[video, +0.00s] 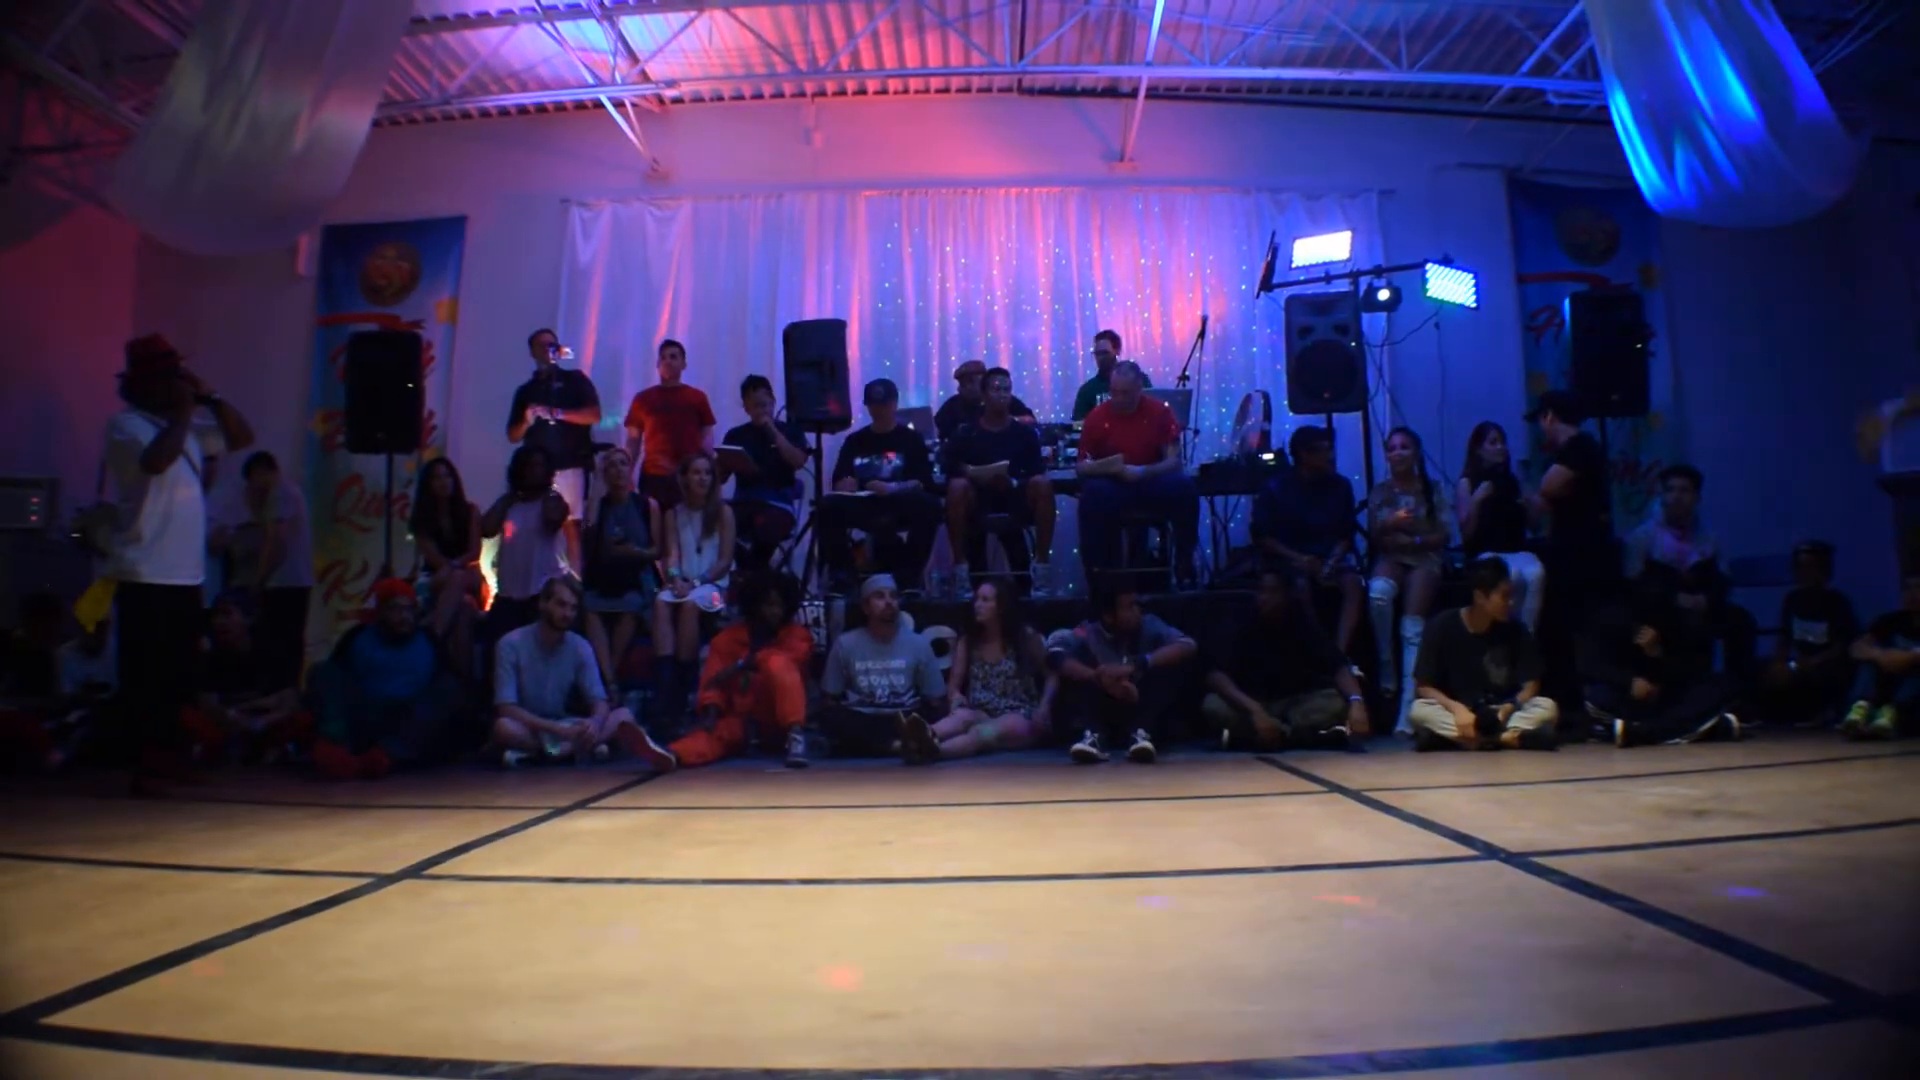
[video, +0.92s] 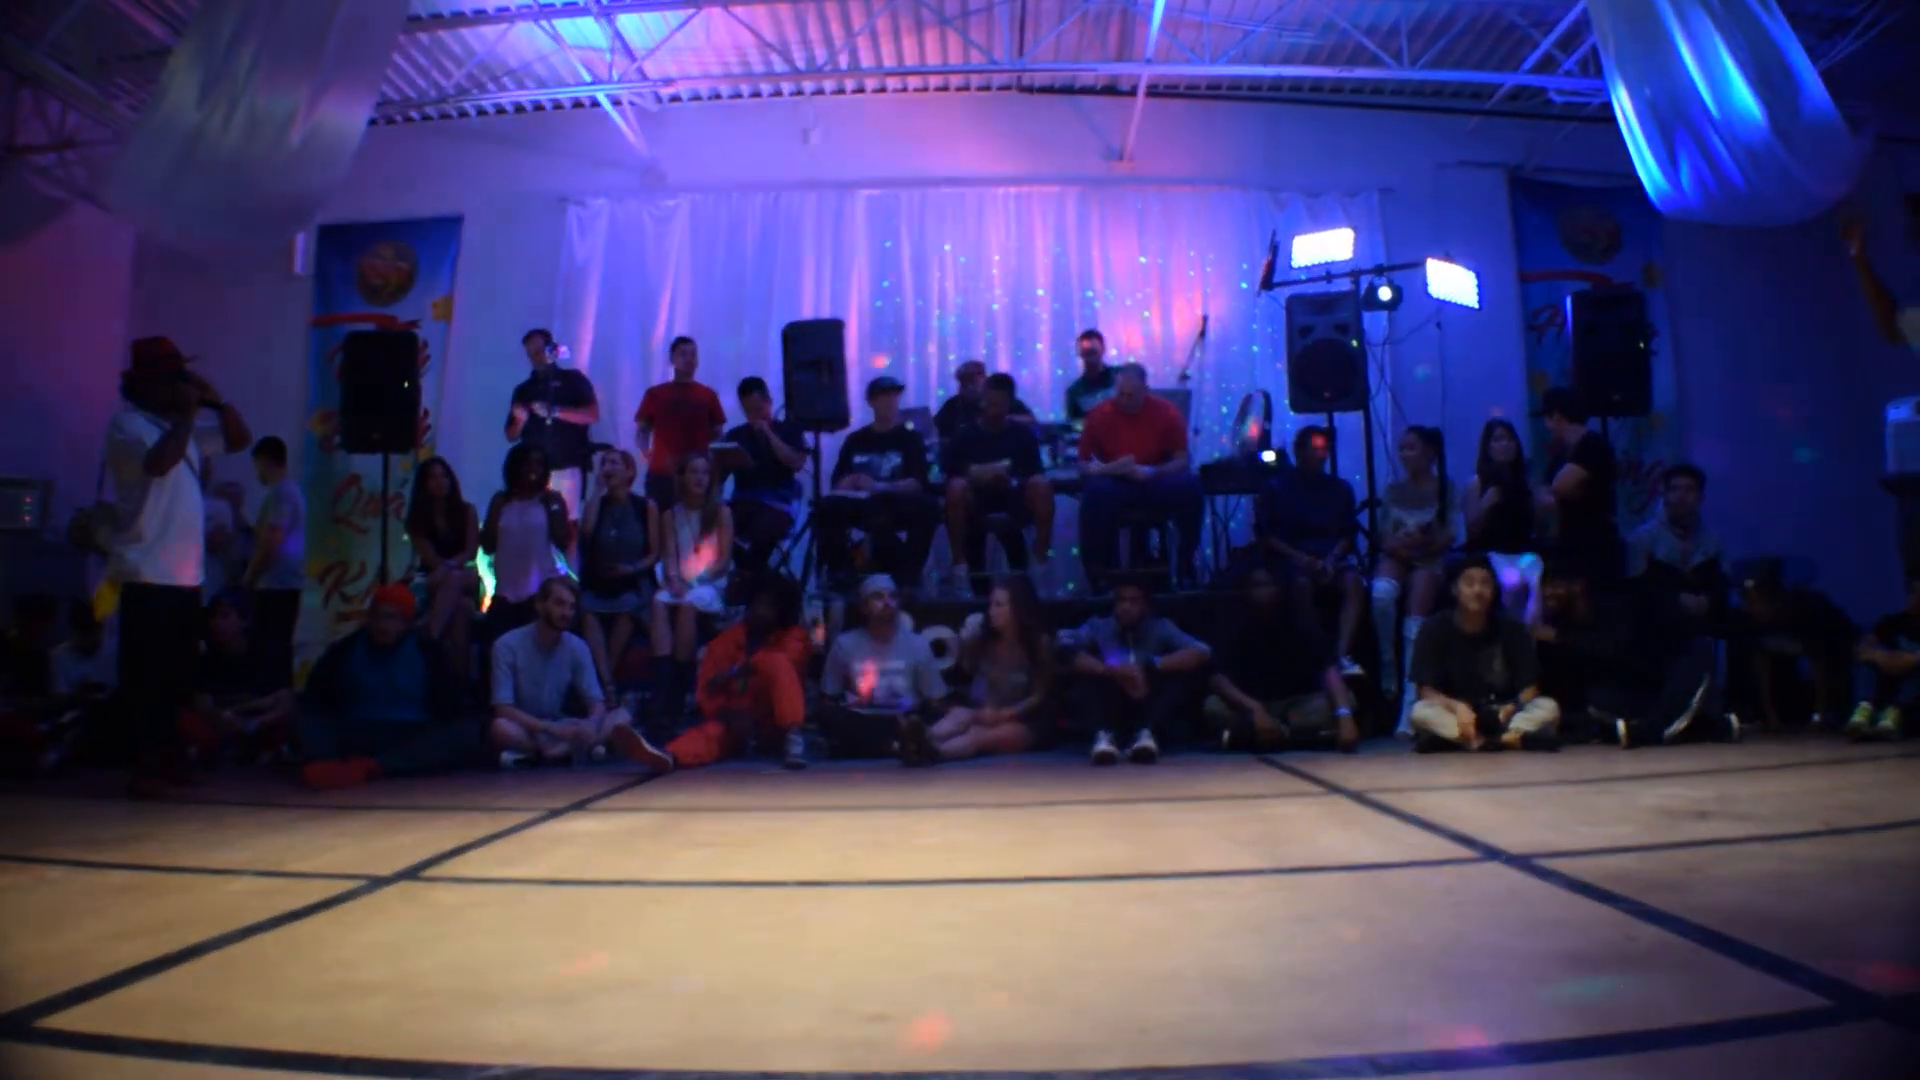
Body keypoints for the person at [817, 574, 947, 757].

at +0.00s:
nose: (888, 602)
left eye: (892, 596)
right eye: (880, 597)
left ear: (898, 602)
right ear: (866, 605)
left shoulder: (917, 645)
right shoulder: (846, 645)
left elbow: (936, 702)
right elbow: (829, 699)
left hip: (905, 716)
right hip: (860, 717)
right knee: (831, 718)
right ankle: (894, 744)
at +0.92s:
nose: (887, 603)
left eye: (891, 597)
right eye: (878, 598)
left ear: (898, 602)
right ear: (865, 606)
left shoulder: (916, 644)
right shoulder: (845, 645)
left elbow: (936, 701)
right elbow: (829, 699)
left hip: (908, 717)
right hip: (863, 717)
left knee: (964, 714)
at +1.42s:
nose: (887, 603)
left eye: (891, 597)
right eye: (879, 597)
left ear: (898, 602)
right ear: (865, 606)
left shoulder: (915, 644)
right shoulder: (844, 644)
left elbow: (935, 699)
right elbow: (829, 698)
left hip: (904, 714)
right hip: (861, 715)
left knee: (963, 714)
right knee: (831, 718)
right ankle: (894, 745)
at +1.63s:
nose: (887, 603)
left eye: (891, 596)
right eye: (878, 597)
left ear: (898, 602)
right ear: (865, 607)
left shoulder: (916, 644)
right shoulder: (845, 644)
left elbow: (935, 701)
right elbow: (829, 700)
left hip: (903, 716)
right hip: (860, 717)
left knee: (960, 715)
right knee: (832, 719)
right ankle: (894, 746)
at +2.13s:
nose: (879, 606)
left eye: (886, 599)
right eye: (871, 600)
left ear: (896, 603)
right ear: (863, 606)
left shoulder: (916, 645)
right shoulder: (844, 645)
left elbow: (936, 700)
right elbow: (828, 700)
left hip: (904, 716)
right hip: (859, 718)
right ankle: (894, 746)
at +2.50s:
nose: (863, 606)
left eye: (870, 599)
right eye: (862, 599)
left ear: (891, 605)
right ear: (858, 602)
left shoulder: (916, 645)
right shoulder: (845, 644)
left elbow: (934, 699)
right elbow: (830, 692)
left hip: (903, 715)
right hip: (859, 716)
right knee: (828, 717)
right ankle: (893, 746)